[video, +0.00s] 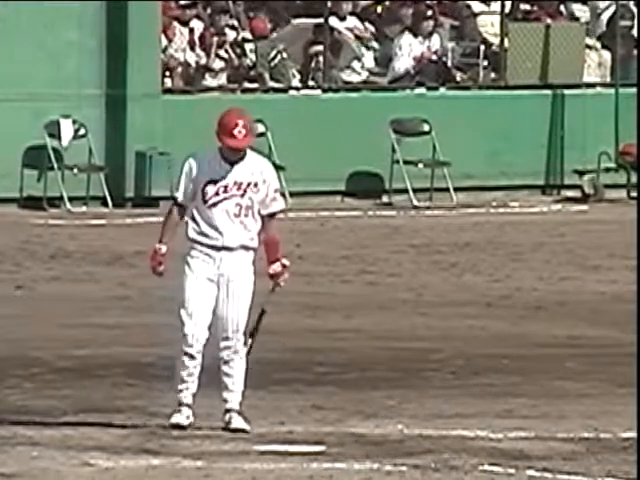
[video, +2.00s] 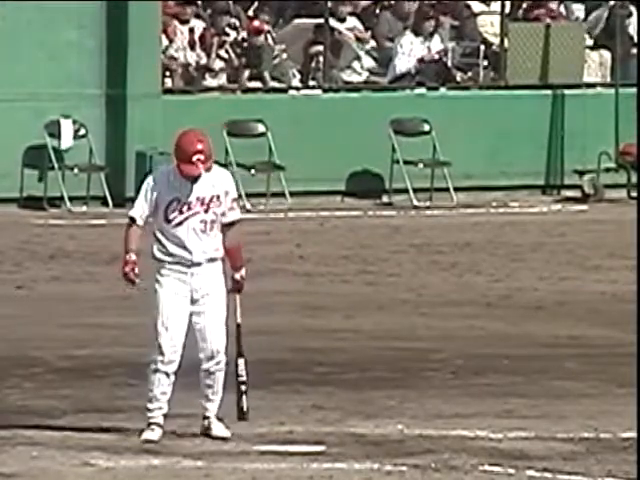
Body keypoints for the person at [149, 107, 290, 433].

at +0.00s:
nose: (239, 149)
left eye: (243, 143)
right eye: (232, 144)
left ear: (249, 137)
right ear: (219, 138)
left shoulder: (263, 170)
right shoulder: (197, 166)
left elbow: (269, 221)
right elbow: (178, 207)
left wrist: (275, 260)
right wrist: (162, 243)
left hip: (240, 258)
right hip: (200, 256)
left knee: (234, 334)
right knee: (193, 332)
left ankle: (233, 408)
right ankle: (184, 405)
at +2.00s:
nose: (195, 172)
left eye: (199, 166)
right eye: (189, 167)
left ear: (208, 158)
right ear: (177, 160)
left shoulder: (221, 179)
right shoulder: (157, 182)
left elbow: (230, 229)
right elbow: (136, 222)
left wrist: (237, 270)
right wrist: (131, 254)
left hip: (210, 272)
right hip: (171, 274)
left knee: (214, 348)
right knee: (167, 350)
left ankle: (211, 416)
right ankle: (155, 420)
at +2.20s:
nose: (206, 174)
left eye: (211, 168)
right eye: (201, 169)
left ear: (219, 161)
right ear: (188, 162)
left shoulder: (233, 180)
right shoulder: (167, 179)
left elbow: (242, 229)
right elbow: (146, 222)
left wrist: (251, 269)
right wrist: (140, 259)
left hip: (214, 273)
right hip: (175, 272)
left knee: (214, 346)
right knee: (169, 346)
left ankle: (211, 417)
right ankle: (154, 418)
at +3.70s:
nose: (219, 169)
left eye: (222, 163)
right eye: (212, 164)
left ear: (225, 158)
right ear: (196, 162)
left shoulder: (237, 185)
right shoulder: (173, 188)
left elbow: (248, 234)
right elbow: (156, 229)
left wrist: (254, 277)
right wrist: (162, 265)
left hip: (226, 277)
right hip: (185, 277)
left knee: (242, 350)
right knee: (172, 355)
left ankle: (268, 419)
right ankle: (155, 421)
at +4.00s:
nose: (230, 168)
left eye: (232, 163)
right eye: (225, 163)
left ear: (233, 160)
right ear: (209, 160)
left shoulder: (242, 187)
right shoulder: (180, 187)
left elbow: (253, 237)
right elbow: (161, 232)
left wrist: (264, 272)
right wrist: (178, 267)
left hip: (227, 279)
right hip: (188, 279)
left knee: (243, 351)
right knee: (171, 355)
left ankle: (268, 421)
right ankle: (155, 421)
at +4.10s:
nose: (230, 166)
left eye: (232, 160)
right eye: (225, 161)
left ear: (231, 159)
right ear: (206, 159)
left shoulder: (240, 187)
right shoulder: (182, 189)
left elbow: (250, 235)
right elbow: (165, 236)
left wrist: (265, 269)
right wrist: (187, 271)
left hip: (225, 280)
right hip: (186, 280)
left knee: (243, 352)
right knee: (171, 357)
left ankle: (267, 421)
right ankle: (154, 421)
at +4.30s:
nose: (234, 160)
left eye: (236, 155)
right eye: (229, 155)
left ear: (234, 155)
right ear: (211, 156)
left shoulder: (243, 184)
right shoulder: (190, 188)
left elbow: (257, 231)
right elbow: (179, 240)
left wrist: (276, 253)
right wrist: (210, 272)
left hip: (229, 278)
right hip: (189, 278)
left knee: (246, 351)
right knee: (174, 355)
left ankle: (268, 421)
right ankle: (154, 422)